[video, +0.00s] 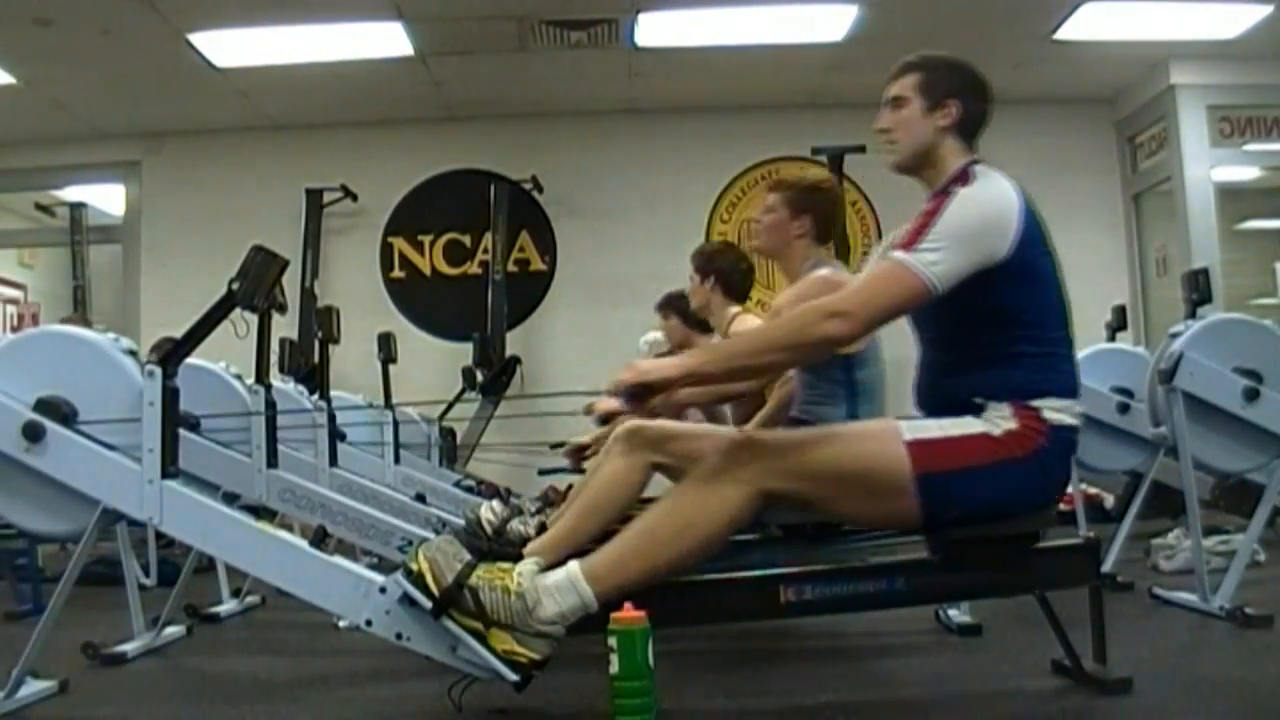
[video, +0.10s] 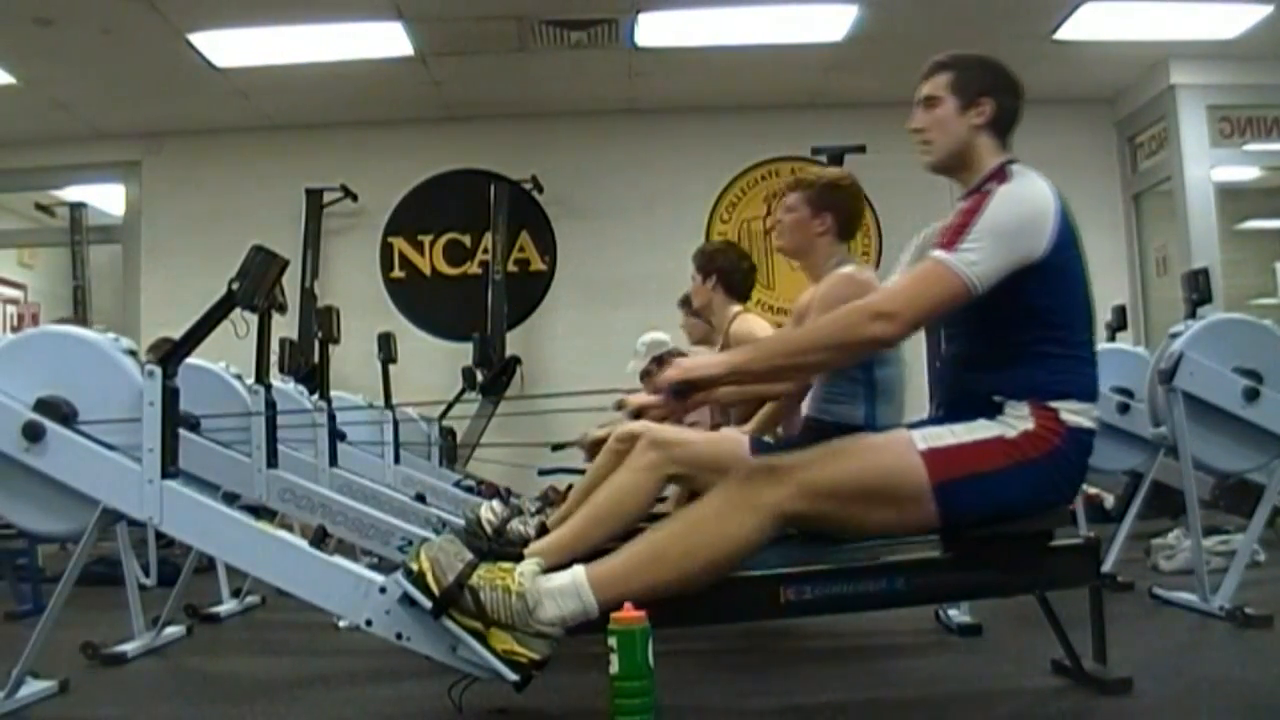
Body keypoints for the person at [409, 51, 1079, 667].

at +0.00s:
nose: (879, 125)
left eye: (896, 107)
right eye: (883, 111)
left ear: (950, 117)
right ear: (939, 122)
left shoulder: (983, 202)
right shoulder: (944, 210)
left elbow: (842, 322)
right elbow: (826, 316)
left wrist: (679, 369)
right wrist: (681, 377)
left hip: (1014, 440)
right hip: (969, 436)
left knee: (753, 457)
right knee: (730, 458)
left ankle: (548, 605)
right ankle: (539, 596)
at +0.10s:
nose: (914, 124)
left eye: (930, 107)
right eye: (915, 110)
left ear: (982, 113)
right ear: (962, 121)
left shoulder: (1019, 200)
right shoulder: (960, 220)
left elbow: (886, 321)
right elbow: (861, 313)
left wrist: (723, 367)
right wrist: (726, 375)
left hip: (1031, 436)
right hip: (983, 431)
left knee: (776, 490)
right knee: (760, 484)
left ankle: (549, 604)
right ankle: (544, 598)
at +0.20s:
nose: (944, 125)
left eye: (960, 108)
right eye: (944, 111)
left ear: (1013, 115)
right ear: (985, 122)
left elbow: (924, 324)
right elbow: (888, 343)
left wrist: (762, 367)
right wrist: (762, 389)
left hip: (1041, 433)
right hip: (984, 428)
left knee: (799, 506)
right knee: (776, 502)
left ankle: (550, 607)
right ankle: (545, 601)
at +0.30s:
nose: (969, 135)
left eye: (984, 115)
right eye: (969, 119)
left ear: (1039, 117)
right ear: (1008, 125)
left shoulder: (1074, 198)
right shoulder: (1006, 224)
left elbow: (973, 327)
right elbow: (908, 356)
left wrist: (793, 373)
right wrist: (771, 392)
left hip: (1040, 433)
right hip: (988, 427)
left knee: (798, 530)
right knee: (783, 524)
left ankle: (560, 605)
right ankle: (558, 600)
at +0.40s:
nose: (987, 133)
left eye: (1000, 115)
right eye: (985, 118)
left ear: (1053, 115)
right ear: (1025, 120)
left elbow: (1020, 333)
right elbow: (942, 357)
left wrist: (838, 360)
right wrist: (820, 380)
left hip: (1036, 431)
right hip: (985, 425)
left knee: (792, 539)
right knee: (780, 536)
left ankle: (551, 605)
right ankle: (551, 603)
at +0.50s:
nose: (997, 134)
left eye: (1010, 116)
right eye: (996, 119)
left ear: (1063, 116)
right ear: (1039, 123)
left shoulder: (1096, 197)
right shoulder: (1044, 222)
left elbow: (1063, 334)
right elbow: (974, 367)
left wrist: (899, 350)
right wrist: (850, 376)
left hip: (1034, 429)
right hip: (986, 422)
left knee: (796, 532)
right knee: (777, 523)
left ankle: (557, 611)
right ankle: (555, 597)